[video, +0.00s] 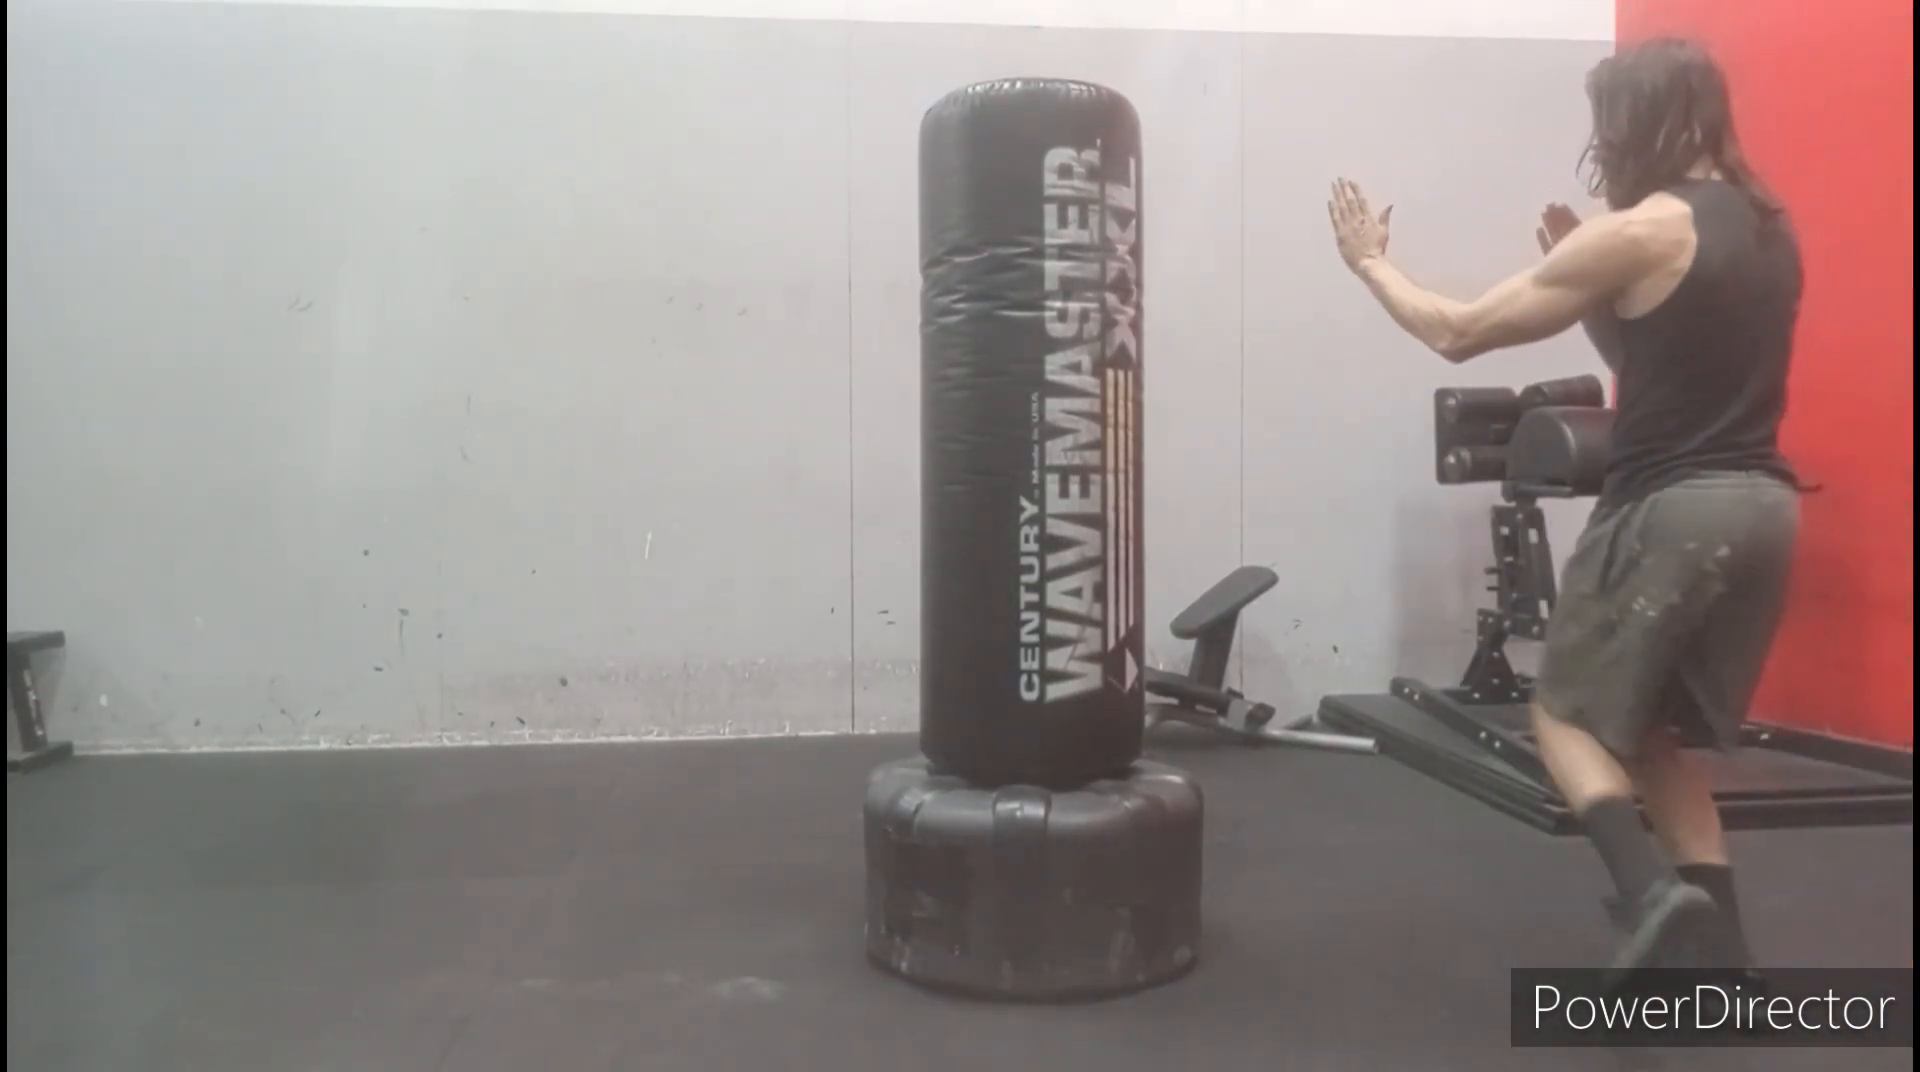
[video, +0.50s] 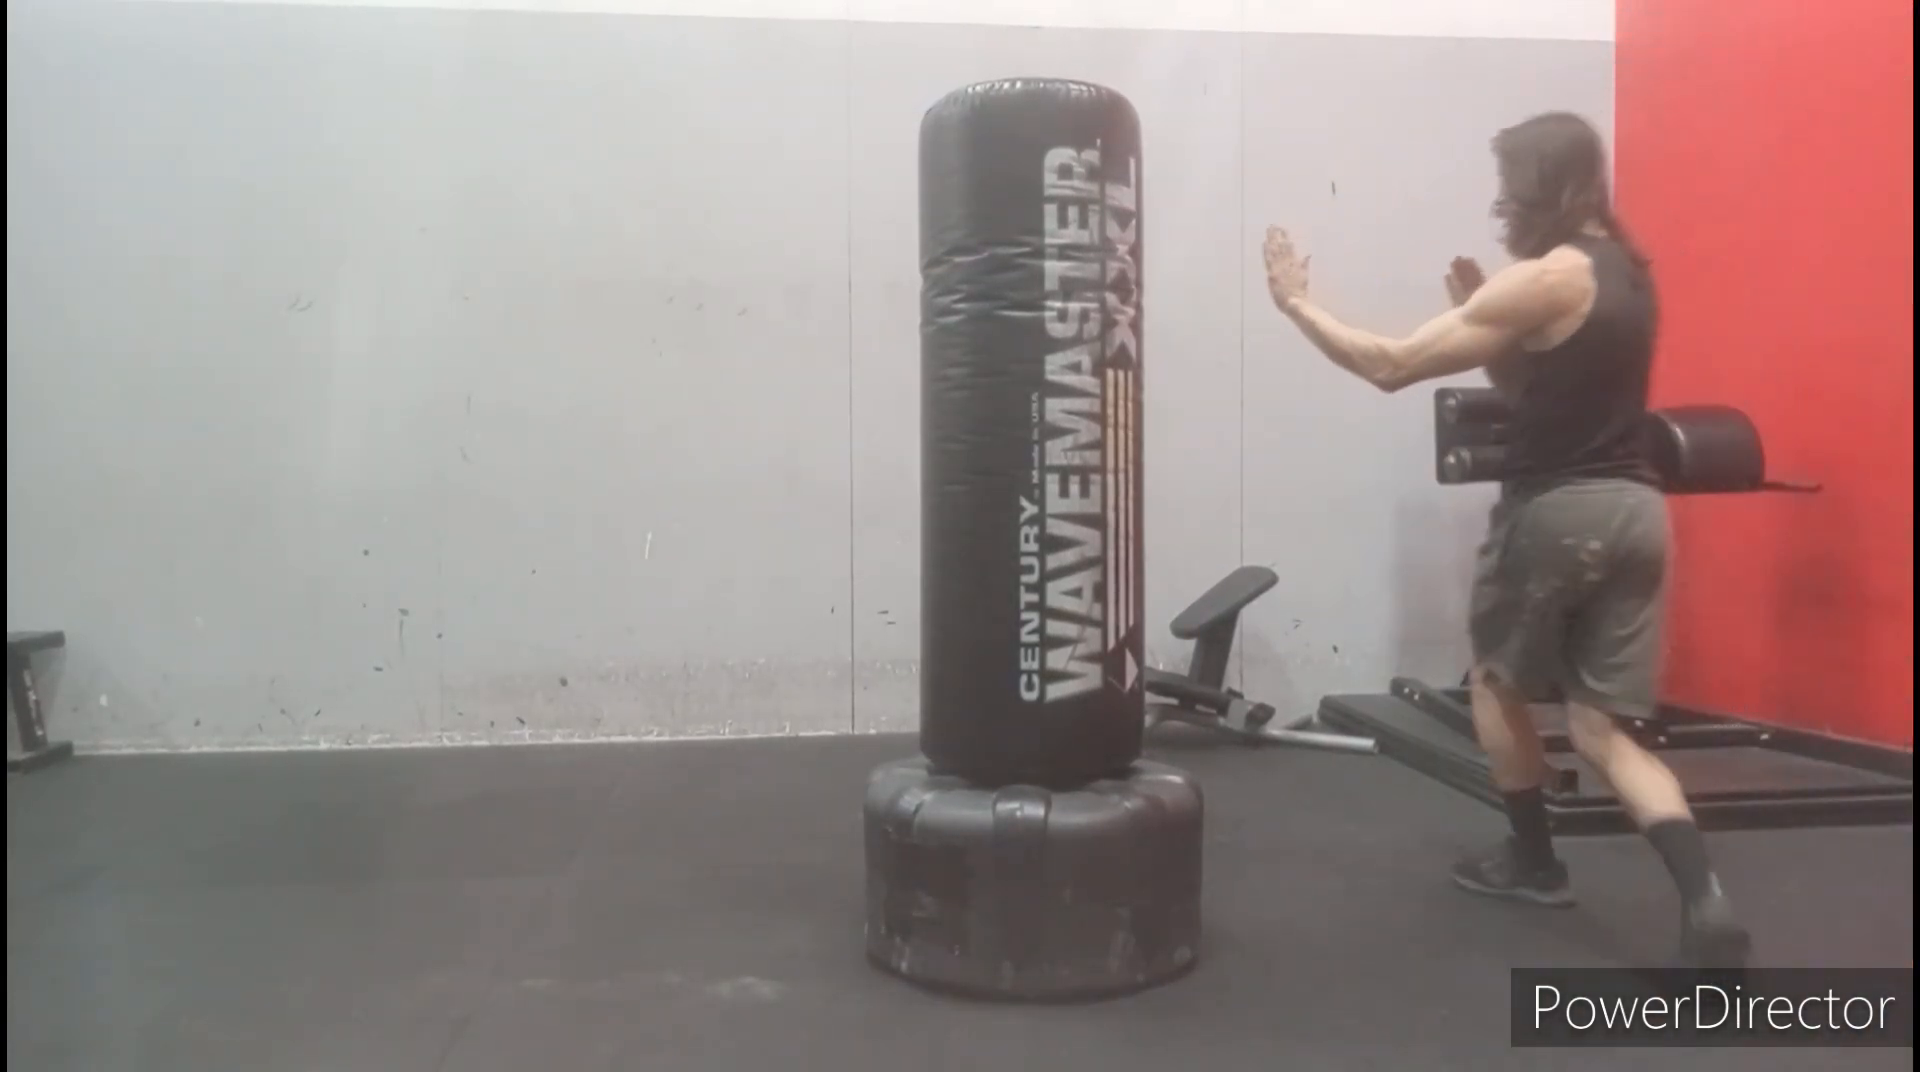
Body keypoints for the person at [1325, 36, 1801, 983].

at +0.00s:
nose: (1597, 139)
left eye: (1605, 121)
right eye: (1600, 120)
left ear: (1633, 125)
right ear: (1706, 119)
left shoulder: (1638, 233)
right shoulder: (1767, 224)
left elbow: (1458, 330)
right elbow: (1666, 358)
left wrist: (1368, 261)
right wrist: (1585, 273)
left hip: (1676, 506)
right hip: (1766, 501)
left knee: (1564, 713)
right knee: (1667, 744)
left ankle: (1648, 888)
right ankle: (1723, 968)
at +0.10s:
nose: (1585, 153)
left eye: (1594, 135)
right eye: (1588, 134)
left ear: (1625, 137)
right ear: (1688, 133)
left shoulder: (1630, 240)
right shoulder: (1748, 232)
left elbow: (1452, 339)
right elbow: (1634, 369)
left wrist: (1361, 273)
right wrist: (1568, 287)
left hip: (1663, 510)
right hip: (1749, 504)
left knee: (1535, 665)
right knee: (1636, 730)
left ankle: (1614, 874)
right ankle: (1723, 958)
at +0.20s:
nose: (1569, 164)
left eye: (1578, 147)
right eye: (1571, 146)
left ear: (1609, 150)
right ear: (1667, 145)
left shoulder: (1614, 248)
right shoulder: (1723, 238)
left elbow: (1442, 346)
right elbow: (1614, 372)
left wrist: (1347, 281)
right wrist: (1550, 294)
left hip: (1643, 510)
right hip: (1730, 505)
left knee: (1525, 655)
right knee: (1628, 726)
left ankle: (1567, 875)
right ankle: (1719, 953)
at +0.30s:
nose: (1548, 176)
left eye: (1557, 160)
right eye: (1550, 158)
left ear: (1593, 162)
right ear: (1645, 158)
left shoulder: (1595, 257)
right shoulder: (1699, 250)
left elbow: (1429, 352)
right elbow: (1590, 383)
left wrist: (1332, 287)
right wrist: (1532, 303)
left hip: (1617, 512)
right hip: (1705, 511)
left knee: (1520, 661)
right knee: (1621, 727)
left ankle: (1534, 860)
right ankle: (1716, 942)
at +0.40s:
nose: (1525, 190)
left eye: (1533, 173)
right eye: (1525, 172)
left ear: (1571, 176)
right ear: (1617, 172)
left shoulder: (1575, 269)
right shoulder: (1664, 259)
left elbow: (1409, 360)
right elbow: (1563, 385)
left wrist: (1314, 295)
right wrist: (1509, 307)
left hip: (1585, 512)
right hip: (1673, 509)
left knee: (1511, 674)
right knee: (1619, 731)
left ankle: (1533, 858)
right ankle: (1714, 937)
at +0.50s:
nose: (1498, 197)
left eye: (1506, 181)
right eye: (1498, 180)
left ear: (1538, 186)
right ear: (1588, 185)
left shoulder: (1551, 279)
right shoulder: (1627, 265)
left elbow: (1390, 366)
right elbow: (1546, 380)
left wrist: (1297, 301)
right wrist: (1489, 311)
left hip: (1554, 509)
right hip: (1637, 505)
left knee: (1496, 682)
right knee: (1602, 725)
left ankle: (1534, 860)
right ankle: (1703, 895)